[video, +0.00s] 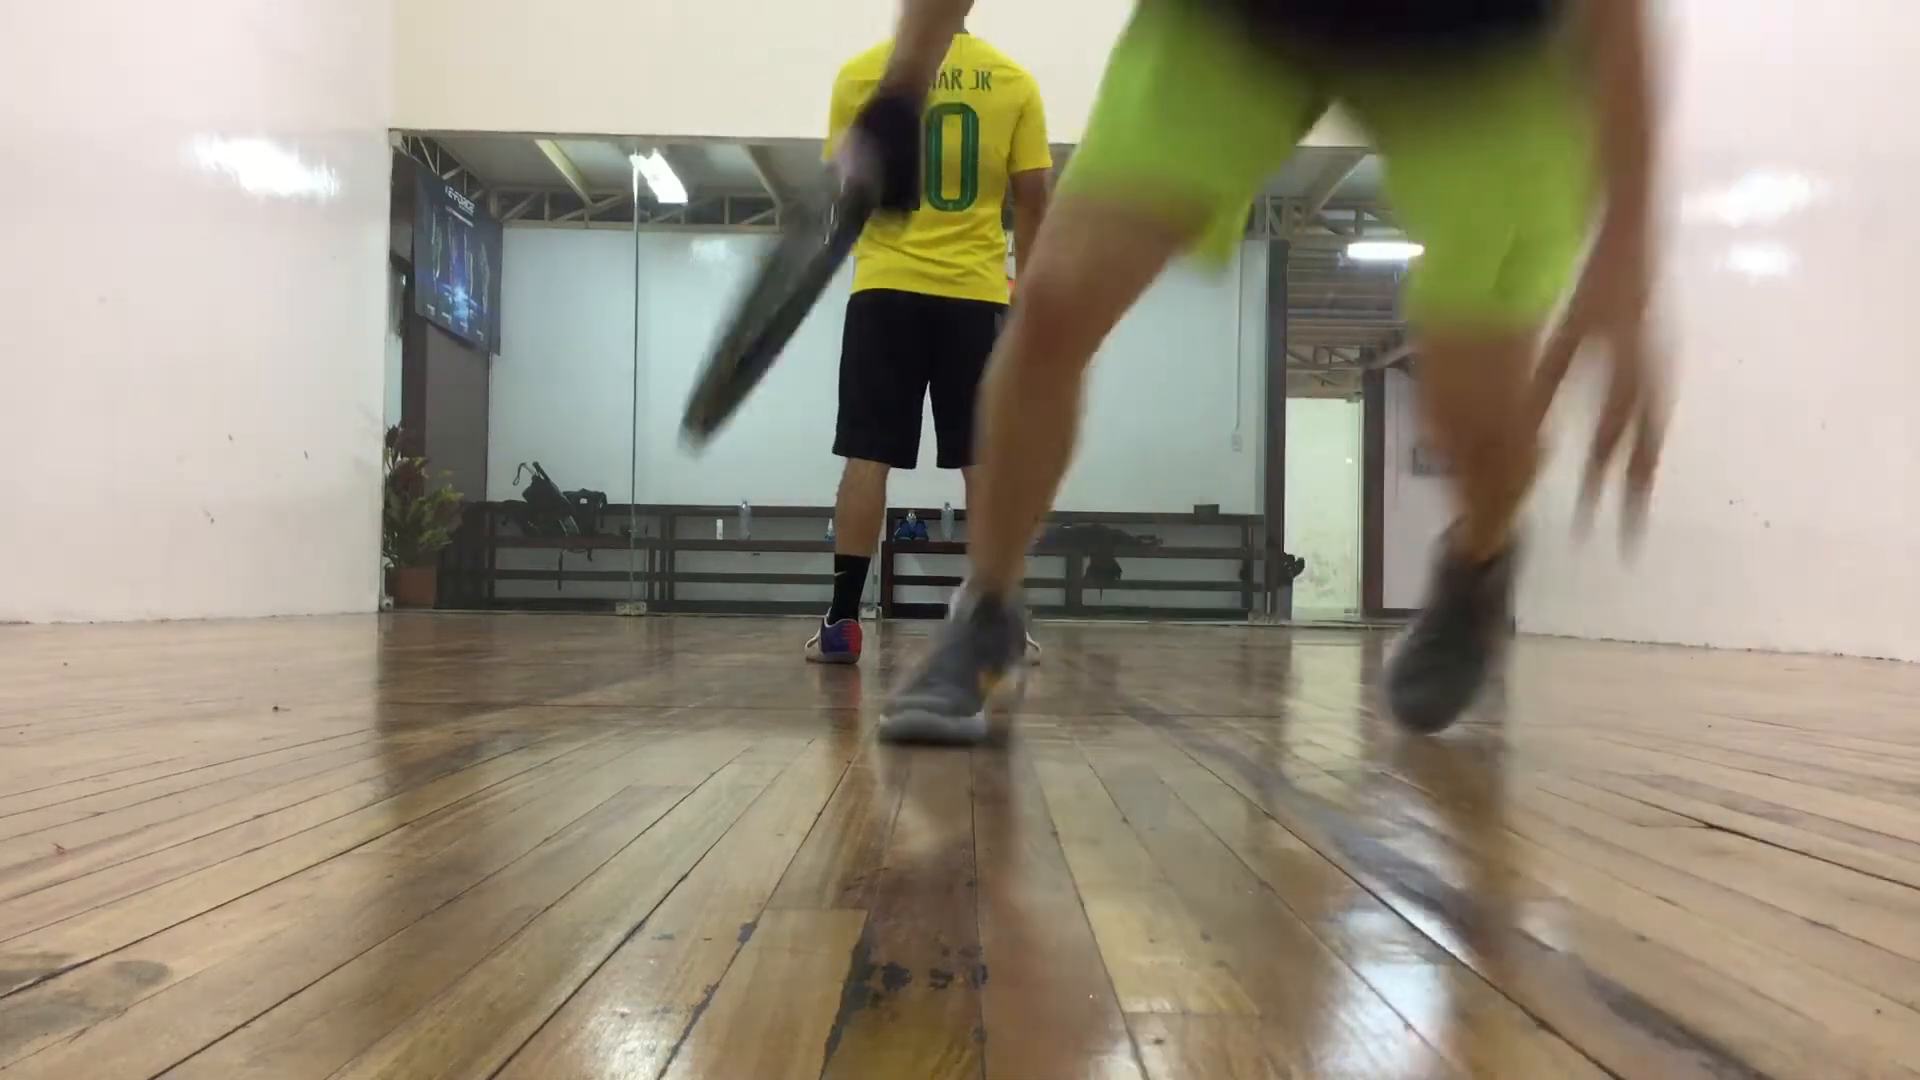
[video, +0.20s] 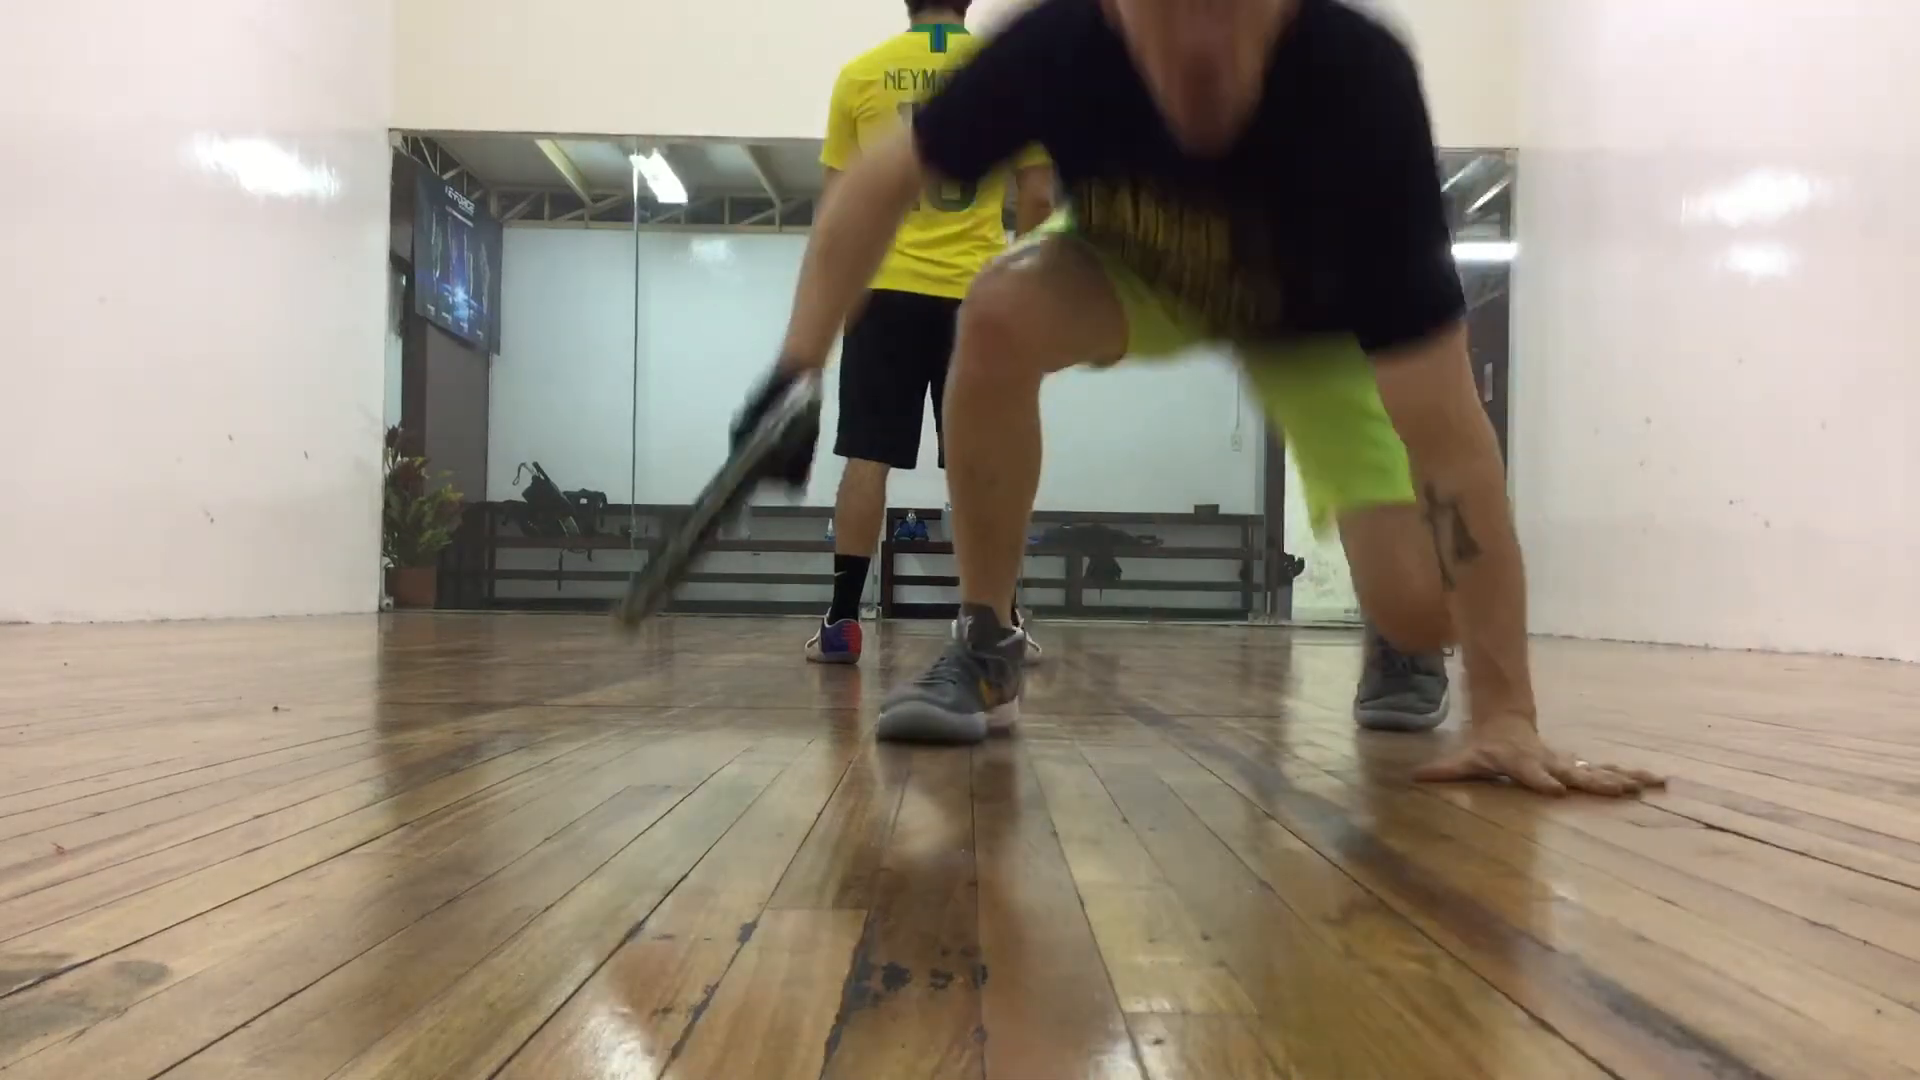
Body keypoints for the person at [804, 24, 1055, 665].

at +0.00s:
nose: (939, 10)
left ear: (906, 9)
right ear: (968, 9)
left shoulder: (861, 74)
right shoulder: (1011, 81)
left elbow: (845, 185)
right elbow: (1033, 202)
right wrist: (1029, 296)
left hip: (883, 300)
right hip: (976, 305)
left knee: (866, 460)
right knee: (986, 465)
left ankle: (842, 621)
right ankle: (998, 629)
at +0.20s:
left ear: (906, 3)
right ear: (968, 3)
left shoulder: (861, 74)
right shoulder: (1010, 65)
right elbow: (1037, 196)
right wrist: (1012, 254)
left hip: (884, 296)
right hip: (978, 300)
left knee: (866, 458)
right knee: (985, 459)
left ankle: (843, 620)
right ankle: (1000, 621)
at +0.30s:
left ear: (906, 6)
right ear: (969, 6)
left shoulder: (860, 75)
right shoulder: (1013, 75)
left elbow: (836, 197)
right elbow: (1043, 178)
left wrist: (875, 237)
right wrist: (1002, 242)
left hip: (895, 304)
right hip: (987, 306)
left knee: (867, 457)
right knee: (998, 456)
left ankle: (842, 622)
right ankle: (1000, 622)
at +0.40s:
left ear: (905, 7)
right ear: (969, 7)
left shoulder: (861, 74)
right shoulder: (1013, 76)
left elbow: (836, 194)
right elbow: (1038, 178)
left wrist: (866, 229)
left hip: (885, 291)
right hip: (982, 294)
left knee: (864, 452)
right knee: (991, 451)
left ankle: (840, 620)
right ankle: (999, 622)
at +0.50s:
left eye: (902, 13)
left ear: (903, 8)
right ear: (969, 8)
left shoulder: (861, 74)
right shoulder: (1015, 77)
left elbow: (835, 196)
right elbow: (1041, 182)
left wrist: (868, 245)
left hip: (887, 293)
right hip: (983, 293)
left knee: (854, 447)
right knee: (987, 445)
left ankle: (839, 619)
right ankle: (1000, 619)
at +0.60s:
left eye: (899, 10)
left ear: (904, 7)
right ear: (969, 8)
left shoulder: (862, 74)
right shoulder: (1015, 77)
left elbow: (837, 198)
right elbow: (1038, 182)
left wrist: (876, 233)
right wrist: (1004, 237)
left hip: (882, 286)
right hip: (982, 289)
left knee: (857, 443)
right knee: (985, 443)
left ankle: (836, 621)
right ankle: (1000, 620)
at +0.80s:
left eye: (900, 10)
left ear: (904, 8)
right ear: (971, 10)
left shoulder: (863, 73)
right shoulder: (1008, 70)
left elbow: (837, 195)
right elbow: (1034, 175)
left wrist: (873, 232)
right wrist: (1008, 234)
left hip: (889, 281)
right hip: (988, 282)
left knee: (873, 424)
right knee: (990, 435)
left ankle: (847, 613)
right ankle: (999, 619)